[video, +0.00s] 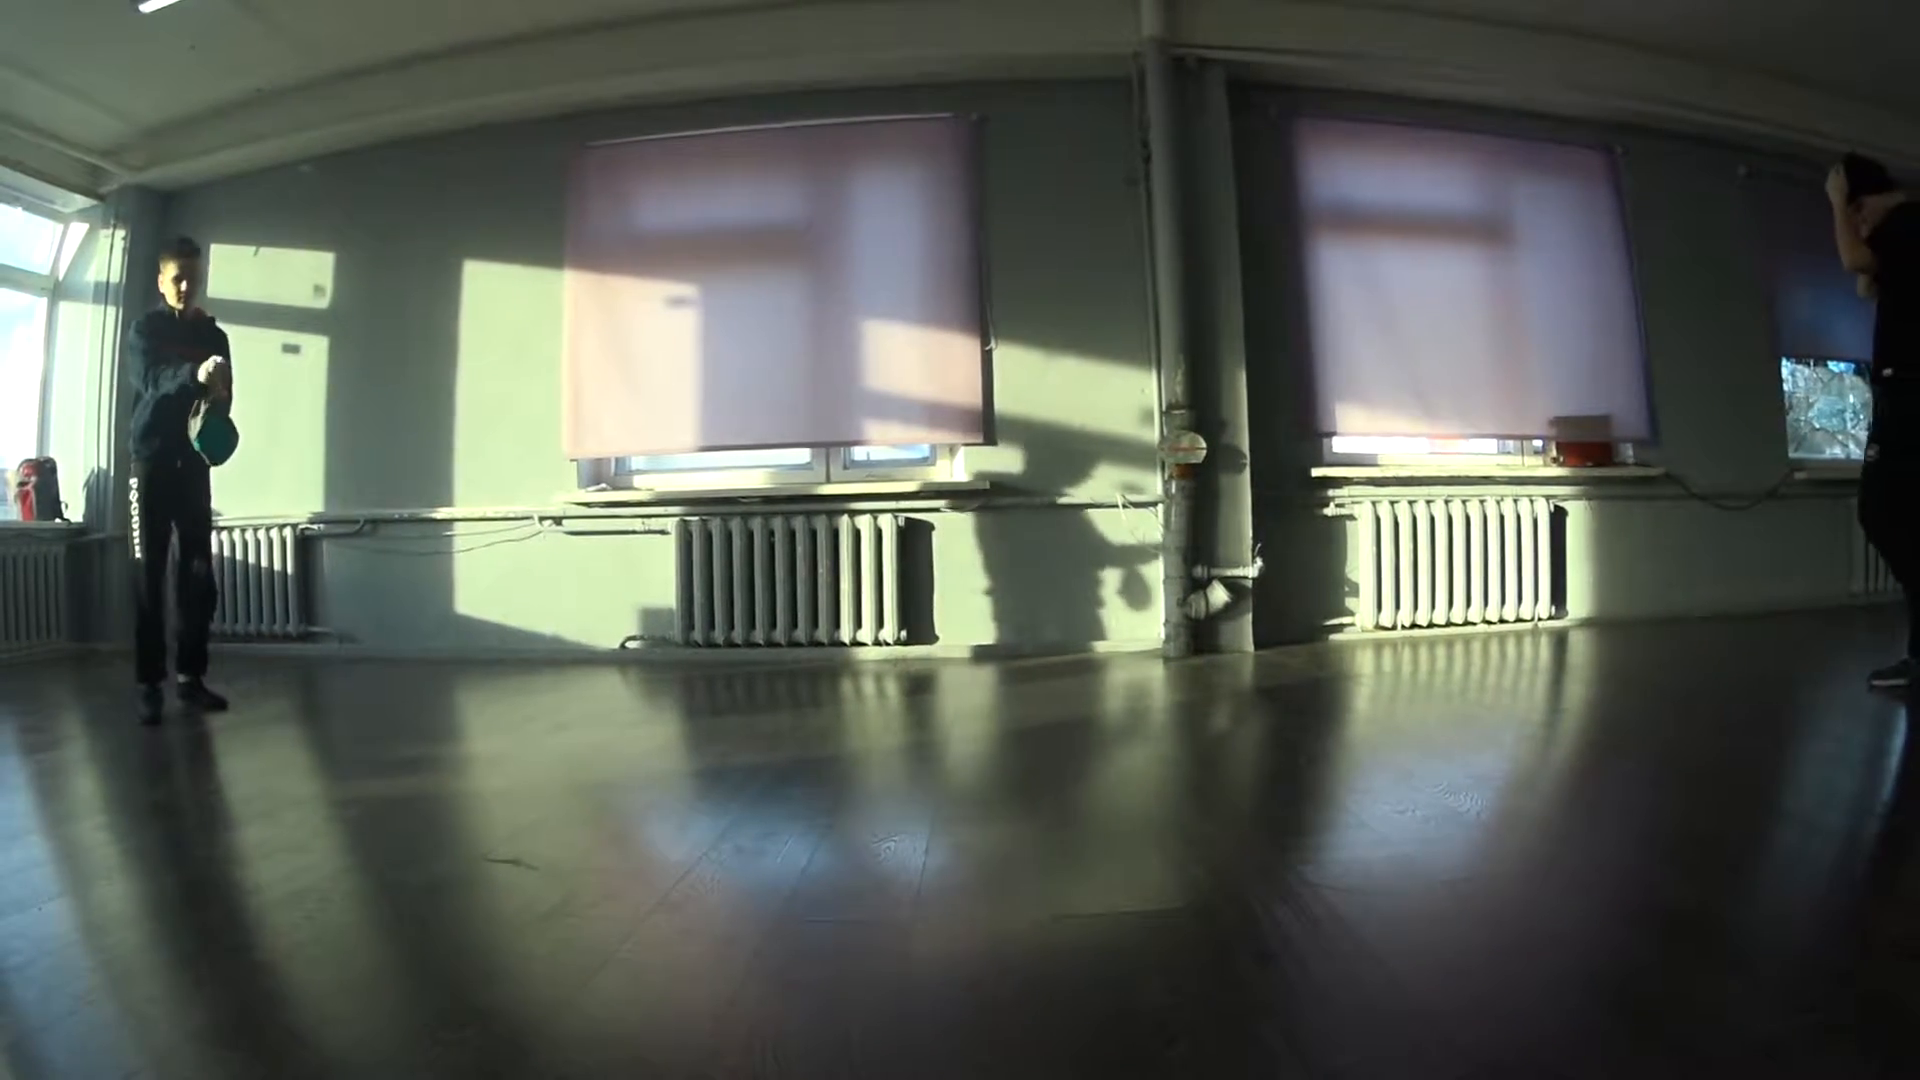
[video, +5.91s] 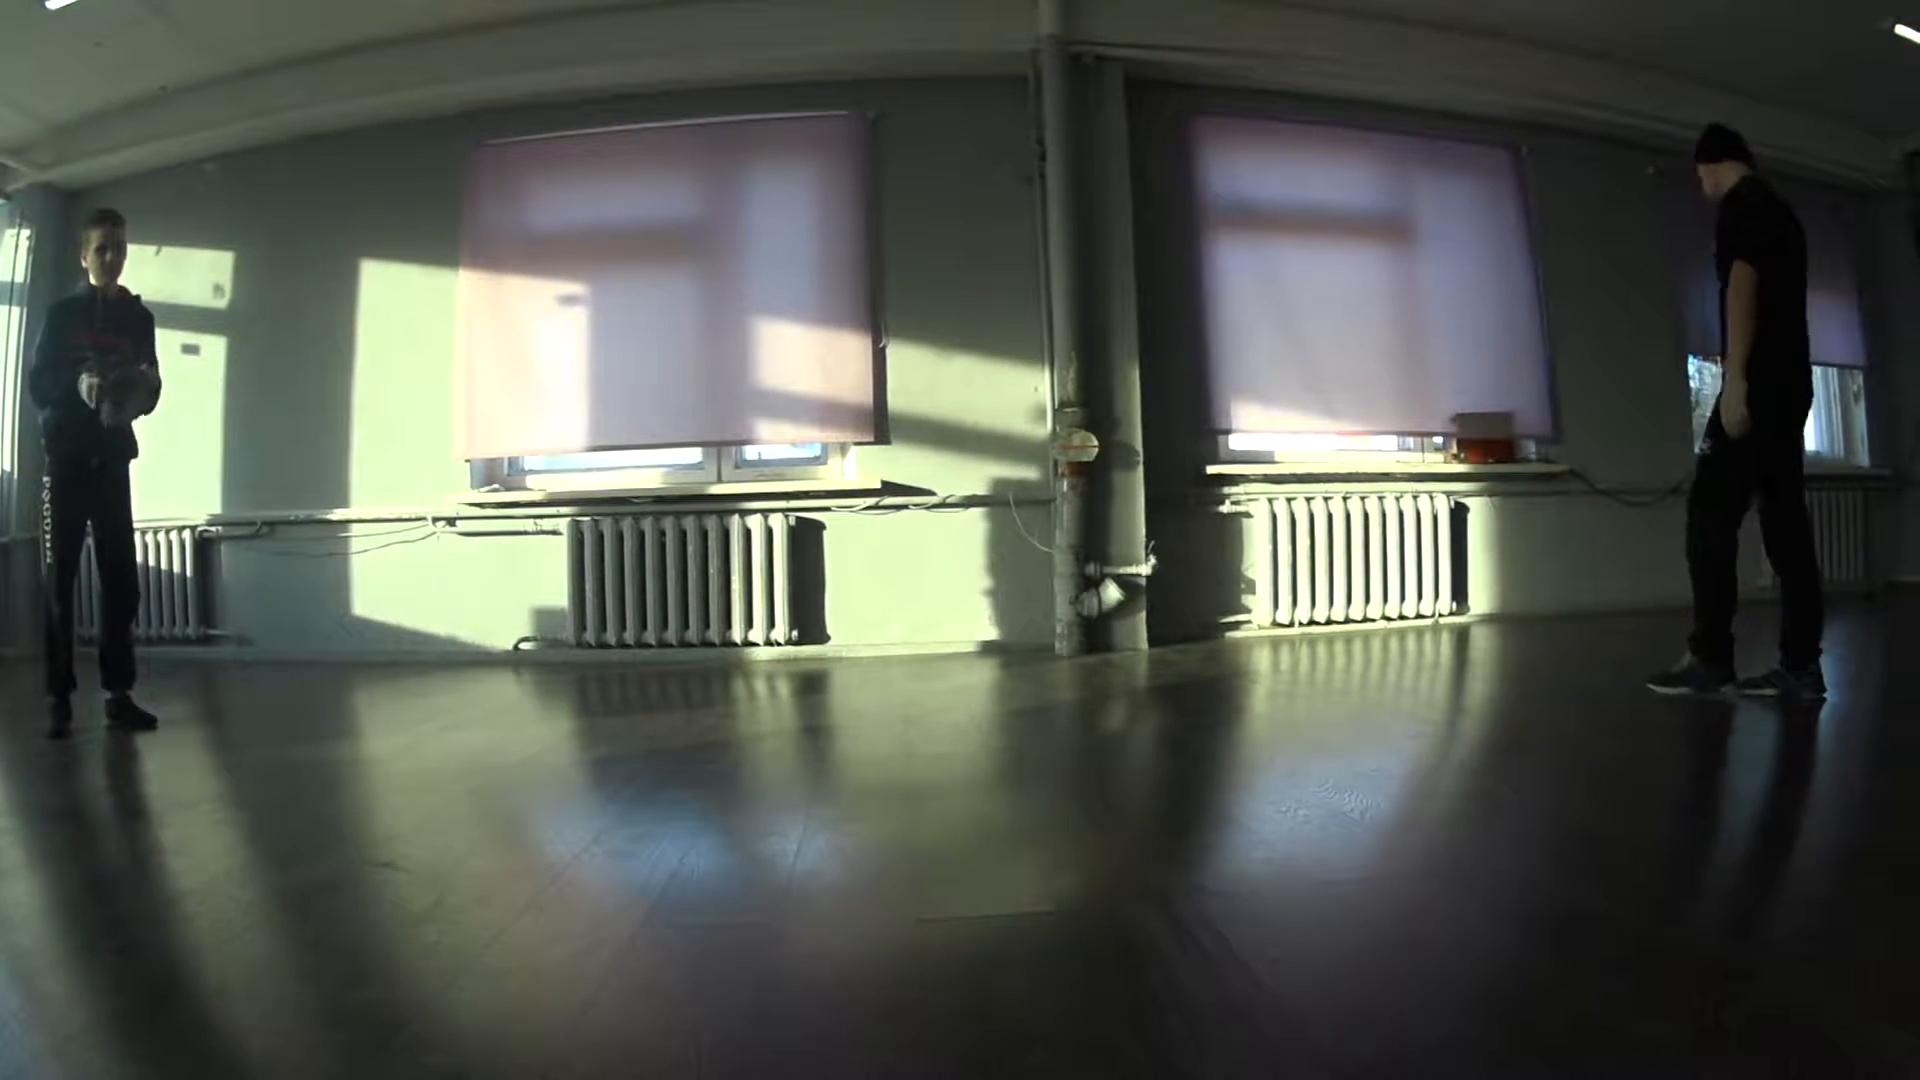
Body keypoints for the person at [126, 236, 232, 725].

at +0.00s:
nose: (182, 286)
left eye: (190, 278)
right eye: (174, 278)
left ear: (202, 278)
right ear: (160, 279)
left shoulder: (214, 335)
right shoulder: (144, 328)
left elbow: (221, 400)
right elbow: (149, 379)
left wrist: (218, 408)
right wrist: (196, 373)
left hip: (194, 461)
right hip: (149, 459)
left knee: (199, 569)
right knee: (149, 569)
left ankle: (191, 679)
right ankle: (150, 685)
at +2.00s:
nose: (131, 263)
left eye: (138, 255)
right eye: (122, 255)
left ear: (146, 258)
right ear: (104, 260)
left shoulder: (159, 318)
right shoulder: (89, 311)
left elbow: (176, 391)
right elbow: (93, 376)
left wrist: (157, 380)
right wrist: (133, 335)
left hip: (139, 455)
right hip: (92, 452)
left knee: (146, 575)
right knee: (87, 573)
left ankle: (140, 693)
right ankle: (82, 697)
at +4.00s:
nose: (125, 256)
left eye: (130, 247)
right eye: (115, 247)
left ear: (137, 253)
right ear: (92, 252)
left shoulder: (140, 315)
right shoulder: (67, 311)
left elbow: (154, 382)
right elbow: (38, 385)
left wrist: (144, 402)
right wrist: (87, 397)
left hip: (124, 456)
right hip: (78, 455)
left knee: (133, 576)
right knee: (74, 575)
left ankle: (127, 697)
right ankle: (68, 700)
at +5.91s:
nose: (111, 256)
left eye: (118, 247)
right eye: (102, 248)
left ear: (127, 252)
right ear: (83, 253)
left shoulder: (138, 314)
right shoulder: (63, 311)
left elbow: (152, 390)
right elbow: (39, 388)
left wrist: (132, 396)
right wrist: (79, 384)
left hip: (114, 456)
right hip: (66, 456)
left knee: (120, 576)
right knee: (60, 579)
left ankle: (119, 696)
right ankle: (60, 700)